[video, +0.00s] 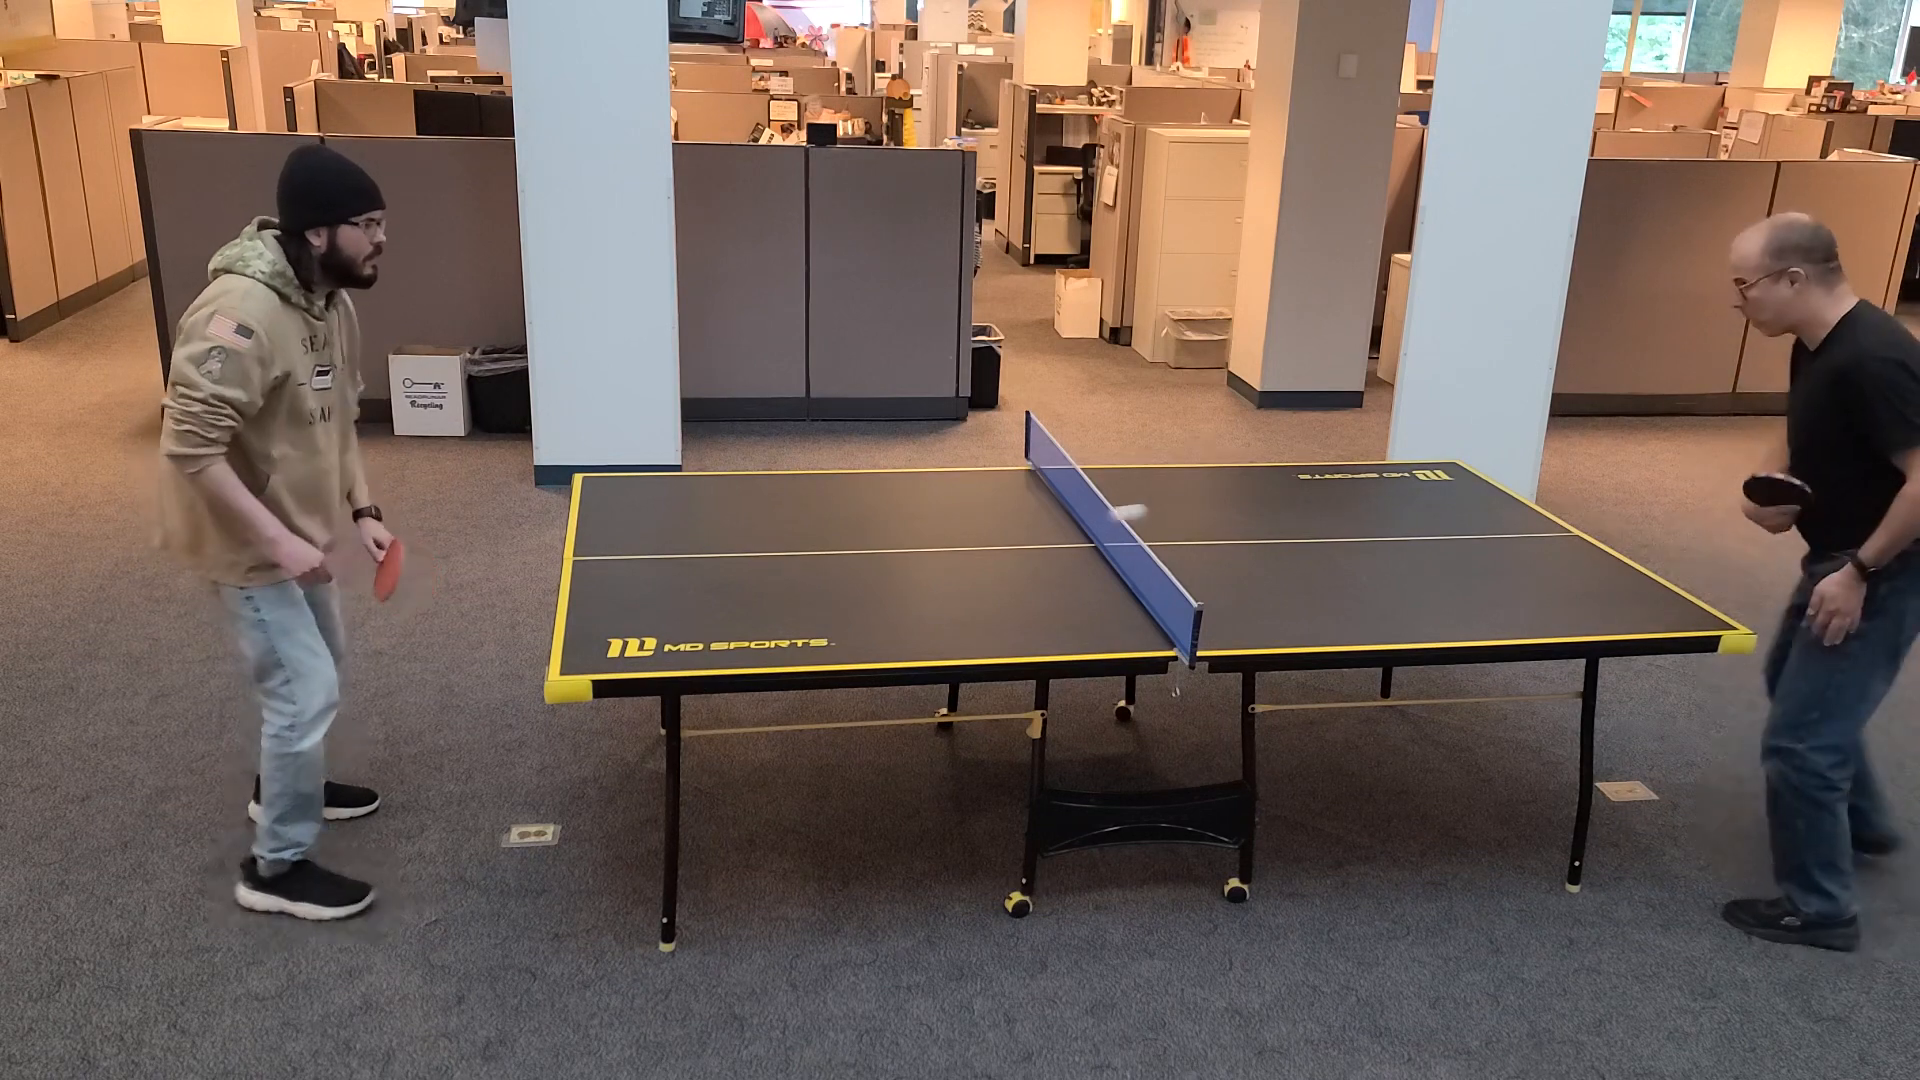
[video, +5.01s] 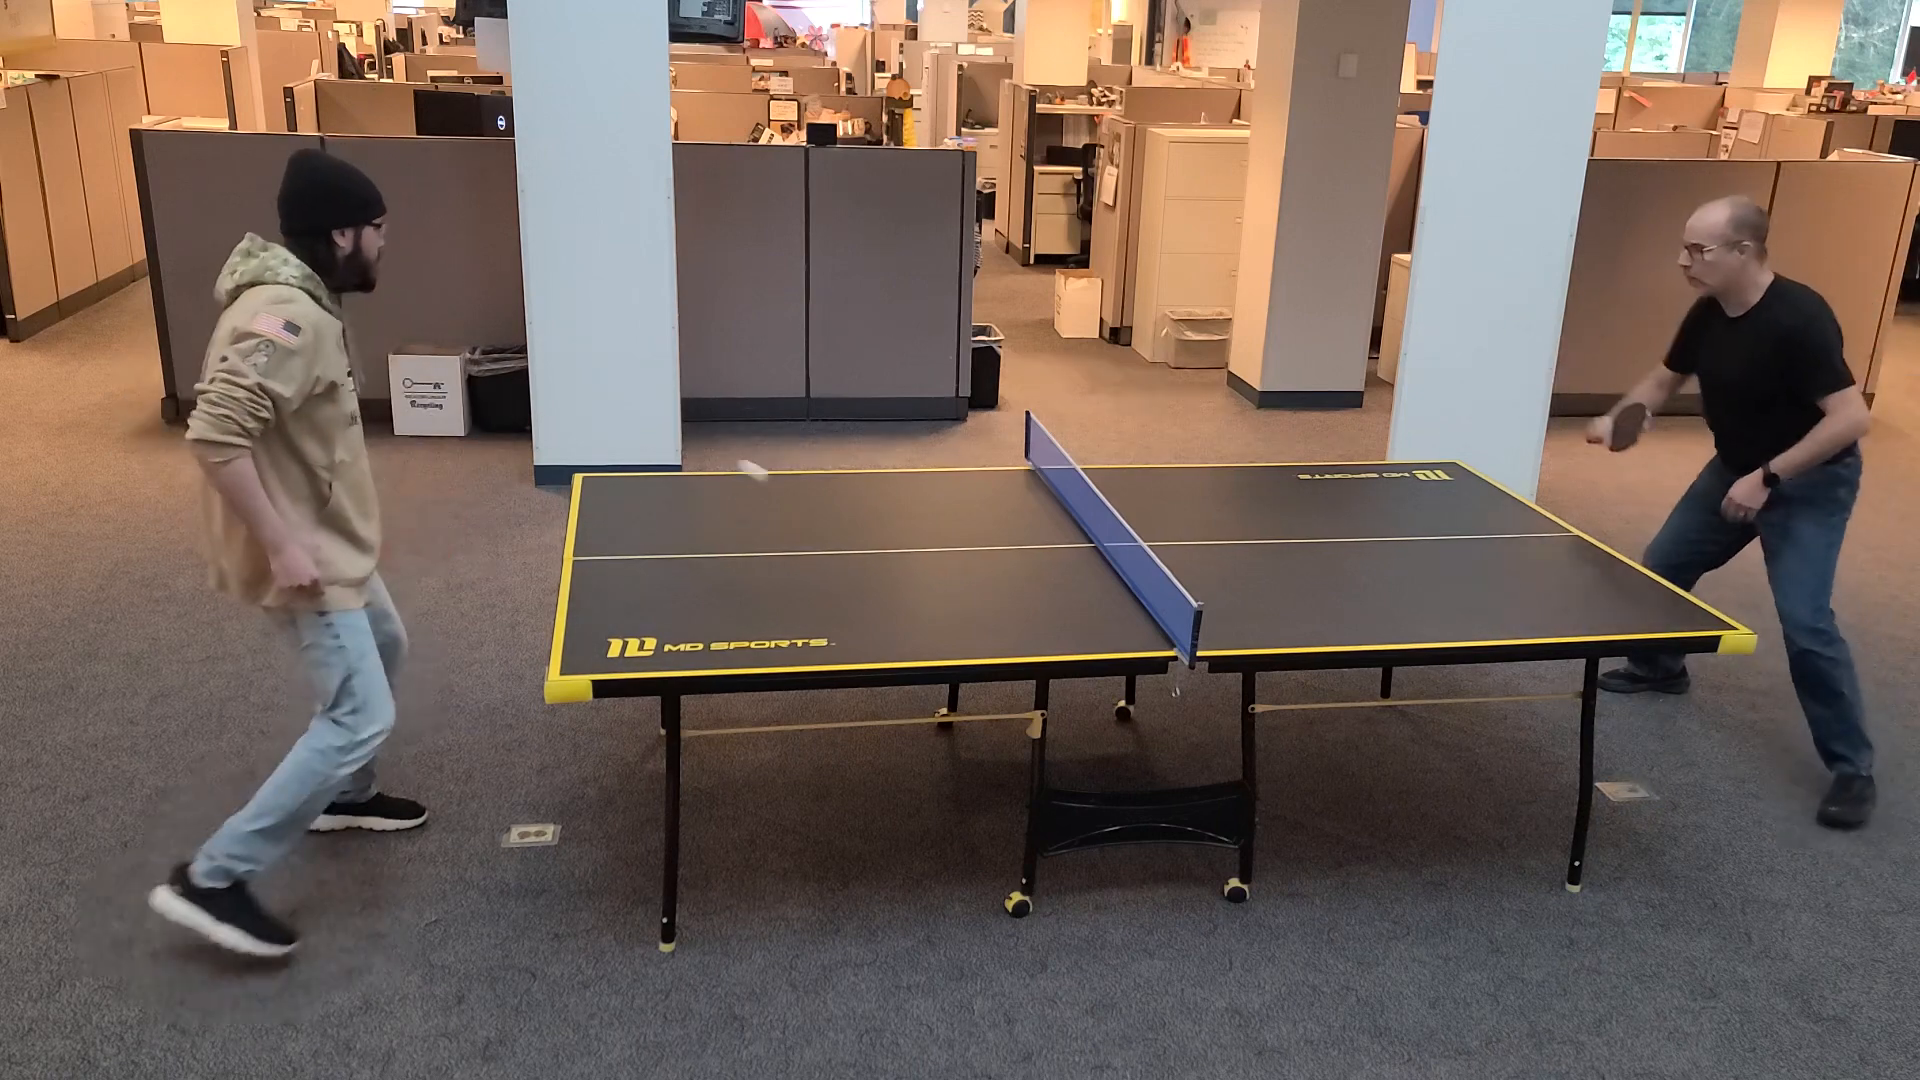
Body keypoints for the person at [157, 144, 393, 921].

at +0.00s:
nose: (382, 238)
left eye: (380, 222)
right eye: (368, 224)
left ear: (327, 233)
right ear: (317, 233)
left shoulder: (331, 301)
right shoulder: (241, 317)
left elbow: (339, 423)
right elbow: (191, 450)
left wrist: (362, 510)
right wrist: (279, 541)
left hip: (303, 531)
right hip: (244, 543)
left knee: (318, 671)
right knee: (305, 690)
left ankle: (287, 790)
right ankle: (276, 864)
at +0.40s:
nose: (384, 285)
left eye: (384, 268)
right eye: (370, 271)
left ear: (336, 276)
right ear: (315, 275)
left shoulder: (363, 343)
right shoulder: (211, 350)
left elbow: (419, 445)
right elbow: (127, 460)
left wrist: (463, 534)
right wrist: (172, 577)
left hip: (346, 568)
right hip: (265, 582)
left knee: (363, 685)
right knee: (337, 729)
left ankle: (292, 773)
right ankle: (301, 876)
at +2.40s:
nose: (404, 234)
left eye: (399, 219)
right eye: (391, 221)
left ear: (347, 233)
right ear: (345, 235)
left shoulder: (327, 297)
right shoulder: (277, 317)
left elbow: (321, 443)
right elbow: (220, 452)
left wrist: (378, 518)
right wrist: (303, 545)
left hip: (349, 541)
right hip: (301, 560)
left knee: (389, 666)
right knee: (360, 712)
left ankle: (345, 801)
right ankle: (303, 874)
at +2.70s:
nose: (408, 251)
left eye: (406, 236)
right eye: (395, 237)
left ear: (353, 246)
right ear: (344, 245)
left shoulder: (378, 332)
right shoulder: (246, 321)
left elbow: (402, 449)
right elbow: (165, 432)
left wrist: (431, 530)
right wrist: (224, 539)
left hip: (362, 556)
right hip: (290, 566)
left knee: (394, 677)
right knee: (350, 711)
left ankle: (345, 799)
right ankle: (302, 875)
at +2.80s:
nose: (404, 263)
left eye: (404, 248)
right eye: (390, 248)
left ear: (355, 255)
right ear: (337, 253)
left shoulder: (384, 345)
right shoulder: (232, 327)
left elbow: (439, 445)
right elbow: (144, 426)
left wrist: (517, 505)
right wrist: (192, 540)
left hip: (365, 561)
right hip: (281, 571)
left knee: (400, 682)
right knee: (345, 717)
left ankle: (347, 801)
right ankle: (303, 874)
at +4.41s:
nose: (406, 223)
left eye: (403, 207)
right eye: (393, 209)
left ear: (349, 219)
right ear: (346, 219)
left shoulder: (337, 286)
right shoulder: (269, 302)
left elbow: (333, 421)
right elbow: (184, 419)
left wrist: (408, 432)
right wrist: (265, 522)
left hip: (355, 536)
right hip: (303, 549)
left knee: (379, 672)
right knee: (348, 709)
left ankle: (346, 799)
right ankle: (303, 873)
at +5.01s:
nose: (384, 240)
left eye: (380, 225)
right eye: (374, 226)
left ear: (321, 232)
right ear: (336, 235)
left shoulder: (299, 297)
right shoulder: (280, 314)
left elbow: (249, 427)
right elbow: (217, 436)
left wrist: (324, 524)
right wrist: (283, 545)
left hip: (331, 540)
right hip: (301, 558)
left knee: (384, 643)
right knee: (359, 719)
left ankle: (345, 792)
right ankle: (212, 877)